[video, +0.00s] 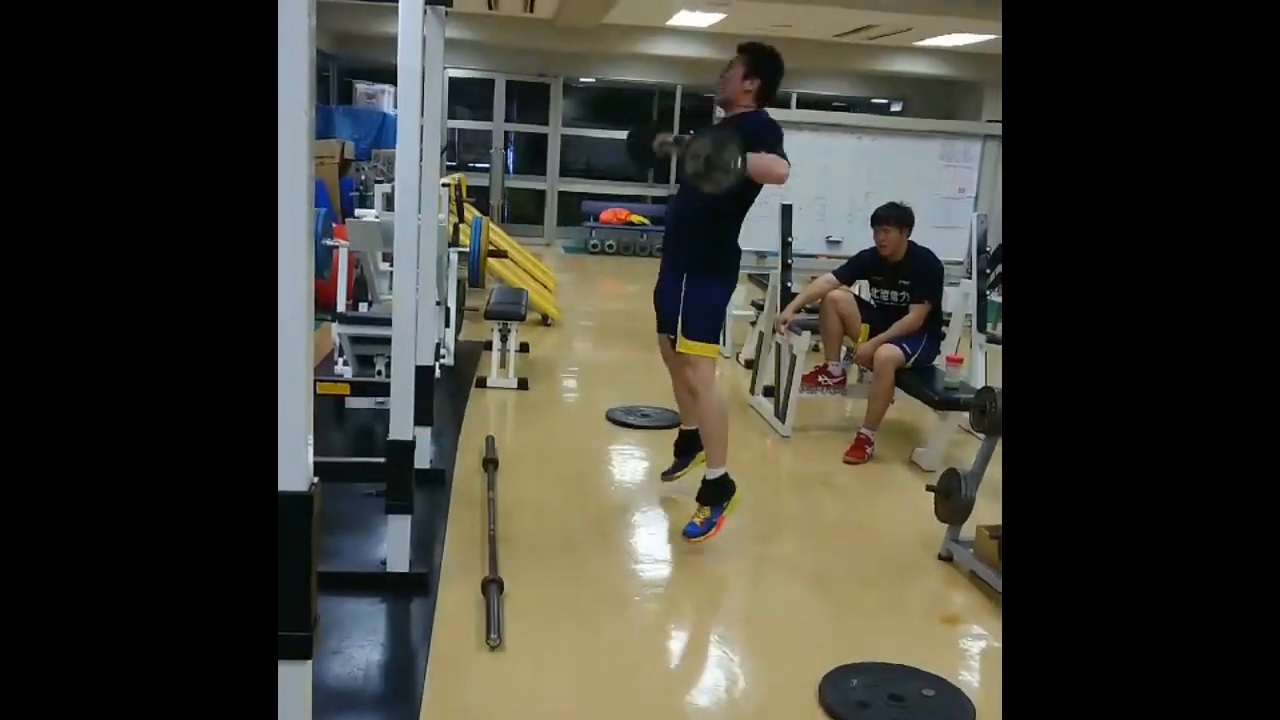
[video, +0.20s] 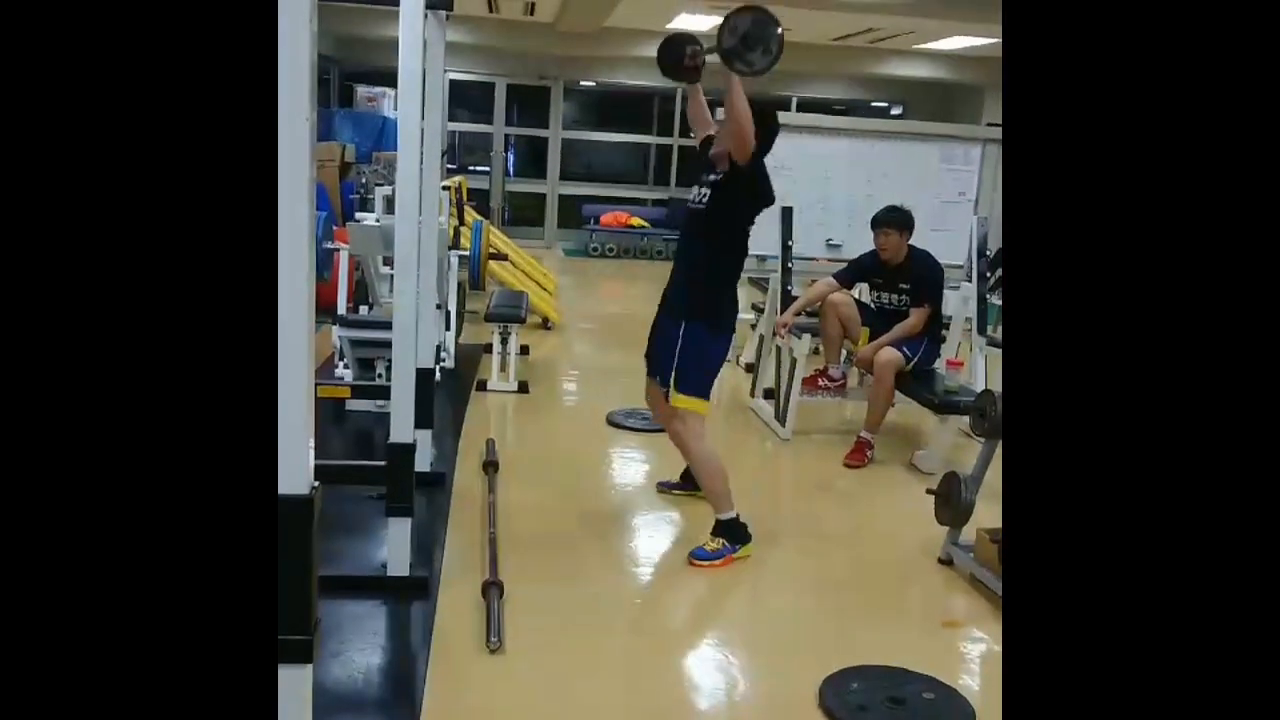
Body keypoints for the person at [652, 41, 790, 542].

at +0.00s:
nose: (721, 77)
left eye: (730, 71)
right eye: (725, 70)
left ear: (751, 83)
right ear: (743, 82)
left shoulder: (759, 126)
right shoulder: (722, 125)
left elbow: (779, 170)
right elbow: (697, 153)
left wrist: (731, 159)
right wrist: (666, 146)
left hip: (710, 264)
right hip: (678, 256)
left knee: (698, 370)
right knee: (671, 349)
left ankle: (719, 483)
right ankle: (690, 434)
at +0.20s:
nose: (729, 128)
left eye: (737, 123)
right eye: (730, 121)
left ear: (753, 136)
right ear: (731, 132)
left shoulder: (750, 184)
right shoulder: (716, 166)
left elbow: (744, 136)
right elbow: (702, 127)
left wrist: (733, 71)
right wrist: (691, 79)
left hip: (706, 312)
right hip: (677, 304)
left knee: (685, 420)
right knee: (658, 400)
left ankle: (731, 527)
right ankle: (698, 473)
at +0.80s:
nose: (725, 145)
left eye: (736, 133)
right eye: (728, 137)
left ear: (754, 144)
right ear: (737, 143)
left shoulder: (752, 189)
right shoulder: (721, 185)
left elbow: (742, 182)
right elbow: (706, 169)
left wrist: (724, 123)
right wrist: (695, 127)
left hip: (715, 324)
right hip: (690, 317)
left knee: (694, 426)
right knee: (668, 400)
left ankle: (731, 534)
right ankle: (700, 478)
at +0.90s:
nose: (729, 108)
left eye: (737, 102)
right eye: (733, 100)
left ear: (758, 114)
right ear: (752, 113)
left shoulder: (759, 159)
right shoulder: (726, 156)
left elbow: (771, 206)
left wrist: (723, 179)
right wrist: (689, 167)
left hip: (724, 296)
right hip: (696, 289)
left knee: (717, 400)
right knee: (691, 385)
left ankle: (723, 516)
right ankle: (695, 468)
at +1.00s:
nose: (723, 101)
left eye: (731, 94)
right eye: (726, 93)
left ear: (753, 104)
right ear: (747, 103)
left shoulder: (760, 151)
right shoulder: (727, 151)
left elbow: (759, 207)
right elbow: (716, 209)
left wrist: (700, 237)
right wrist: (681, 228)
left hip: (733, 286)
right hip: (705, 280)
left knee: (711, 391)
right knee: (692, 383)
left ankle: (724, 505)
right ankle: (707, 477)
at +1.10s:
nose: (700, 120)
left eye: (709, 114)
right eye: (704, 113)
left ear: (731, 127)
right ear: (727, 128)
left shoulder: (740, 174)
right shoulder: (718, 174)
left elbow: (723, 246)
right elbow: (699, 237)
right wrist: (679, 282)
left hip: (738, 307)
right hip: (717, 302)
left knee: (706, 406)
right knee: (696, 401)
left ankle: (723, 512)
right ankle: (716, 495)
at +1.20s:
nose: (657, 158)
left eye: (665, 150)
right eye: (661, 149)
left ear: (687, 161)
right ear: (685, 162)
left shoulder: (705, 212)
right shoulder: (686, 208)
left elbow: (711, 289)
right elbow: (685, 269)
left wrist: (712, 355)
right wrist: (684, 309)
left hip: (746, 331)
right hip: (722, 324)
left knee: (694, 411)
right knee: (685, 406)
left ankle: (724, 516)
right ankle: (716, 499)